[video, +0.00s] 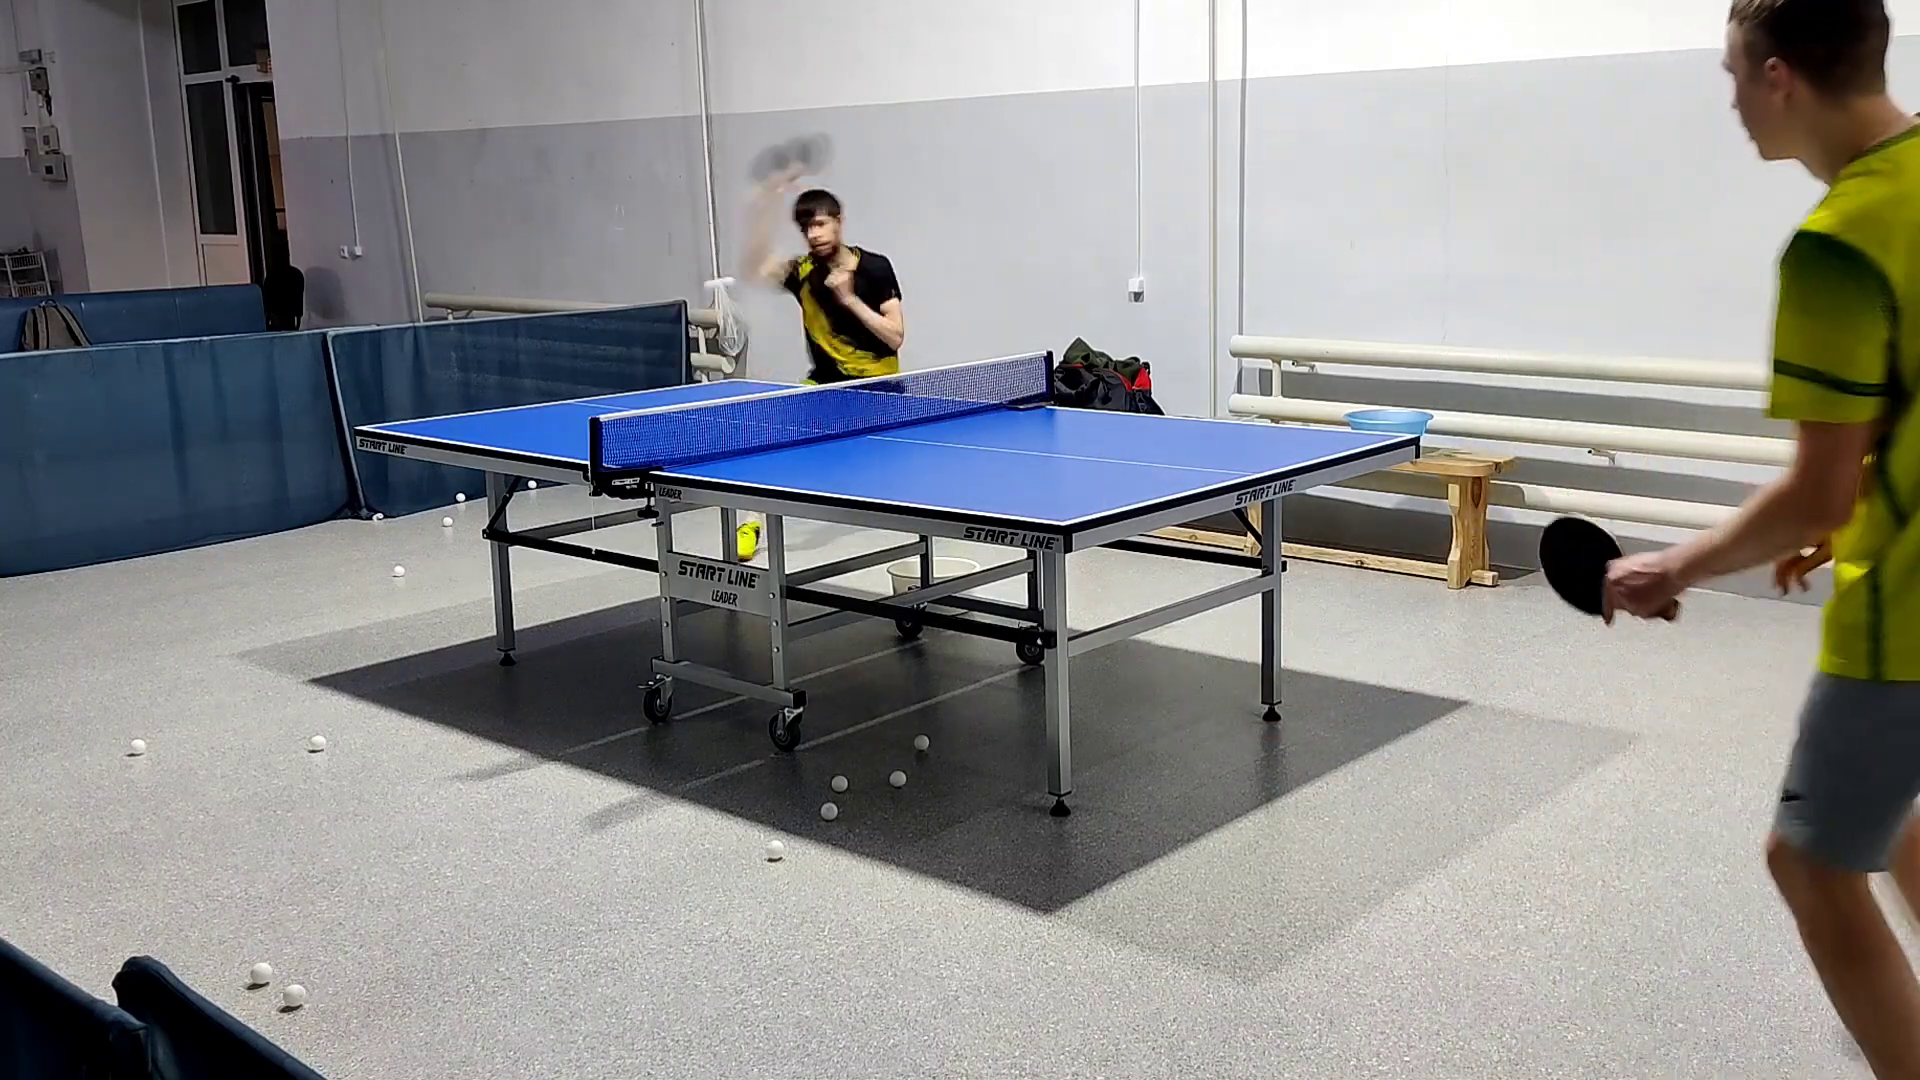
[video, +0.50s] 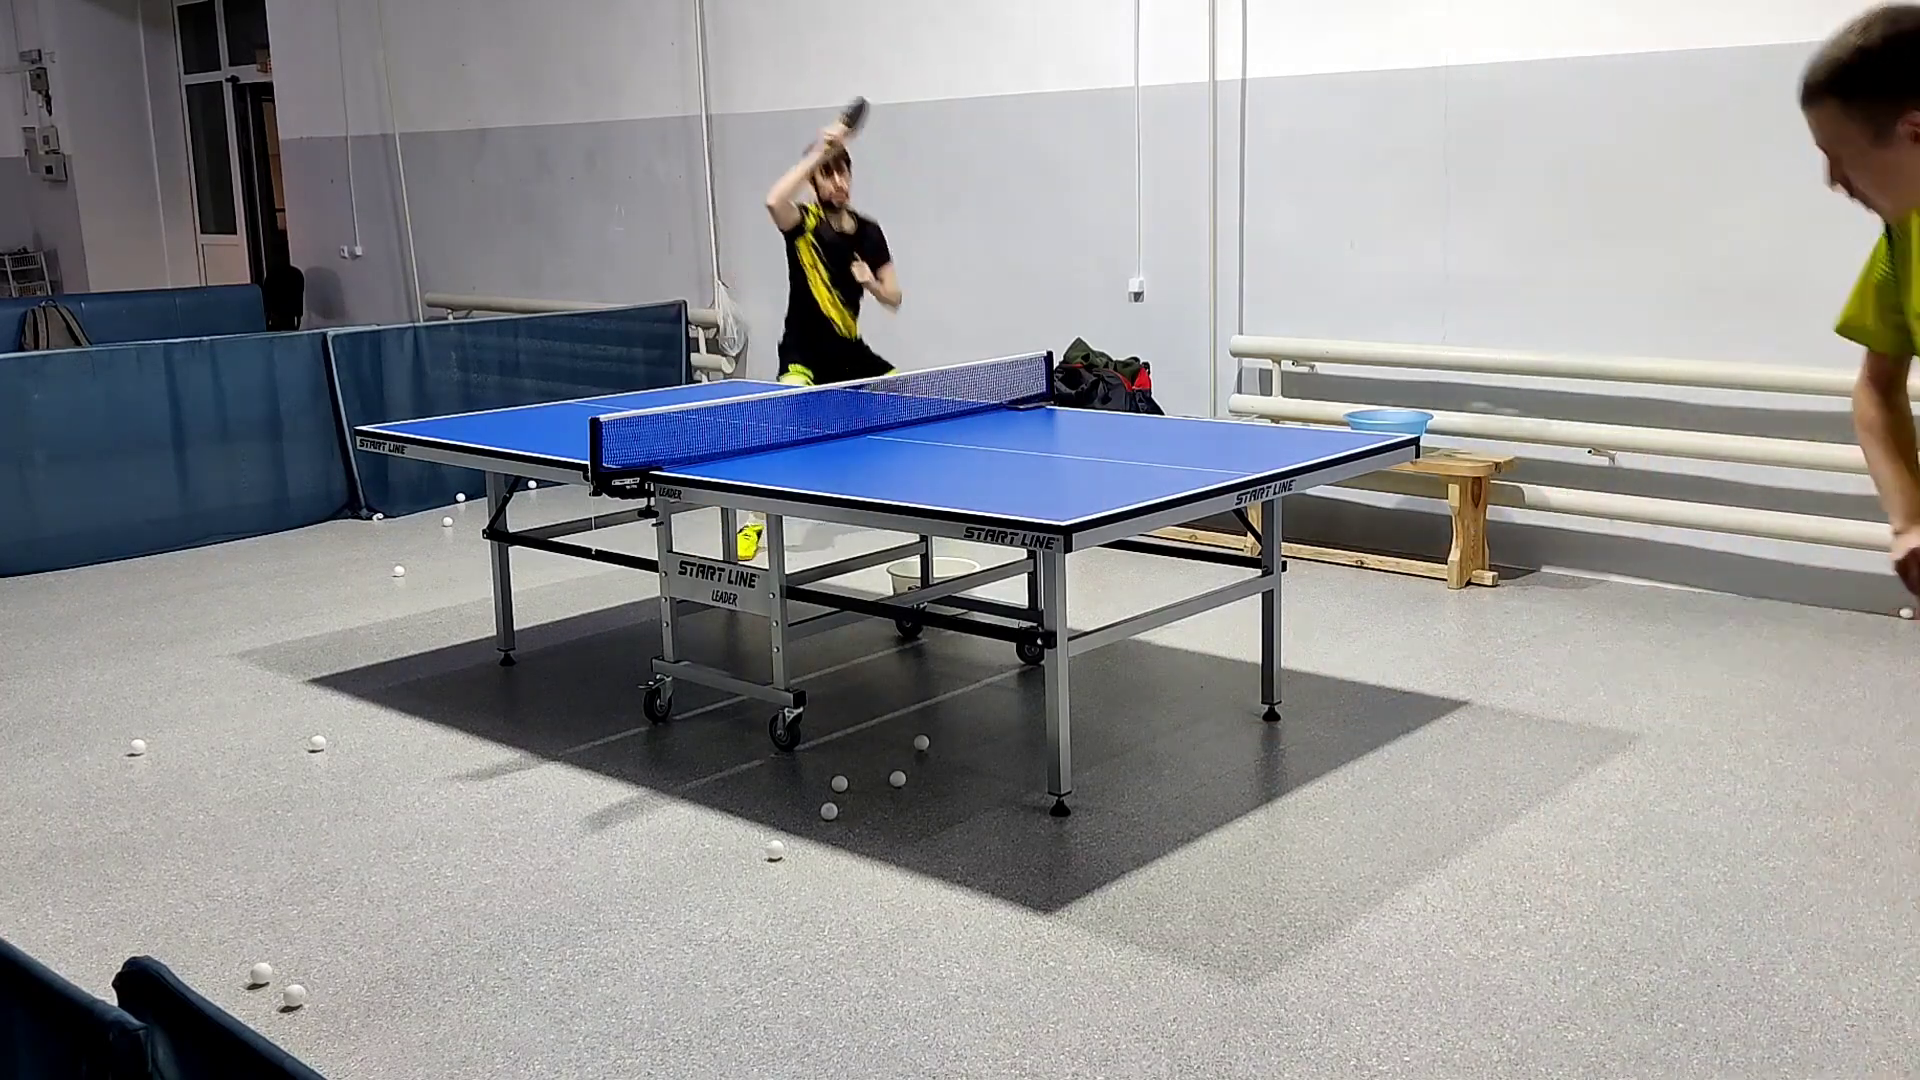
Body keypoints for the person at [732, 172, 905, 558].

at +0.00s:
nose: (813, 233)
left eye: (820, 224)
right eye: (807, 227)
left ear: (840, 223)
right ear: (802, 232)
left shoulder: (874, 268)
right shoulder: (800, 271)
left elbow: (895, 339)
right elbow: (752, 273)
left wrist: (849, 298)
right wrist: (769, 203)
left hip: (877, 385)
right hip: (823, 384)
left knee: (896, 465)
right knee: (766, 430)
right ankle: (752, 522)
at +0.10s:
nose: (846, 233)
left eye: (854, 225)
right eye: (839, 226)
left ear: (866, 229)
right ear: (828, 231)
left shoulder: (881, 279)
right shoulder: (820, 262)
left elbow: (893, 352)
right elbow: (814, 213)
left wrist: (874, 305)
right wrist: (872, 181)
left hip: (857, 390)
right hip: (811, 384)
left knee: (871, 470)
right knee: (784, 453)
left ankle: (901, 562)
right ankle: (760, 524)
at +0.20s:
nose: (864, 234)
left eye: (870, 226)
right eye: (856, 227)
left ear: (877, 232)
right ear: (841, 231)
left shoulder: (878, 284)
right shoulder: (830, 266)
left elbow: (885, 360)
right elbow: (838, 221)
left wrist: (883, 322)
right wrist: (889, 190)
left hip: (853, 388)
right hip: (811, 383)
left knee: (875, 468)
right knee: (793, 457)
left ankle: (900, 560)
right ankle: (763, 525)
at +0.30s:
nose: (860, 230)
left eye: (866, 221)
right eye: (851, 222)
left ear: (874, 227)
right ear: (837, 228)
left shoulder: (879, 279)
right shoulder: (826, 261)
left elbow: (885, 356)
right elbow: (830, 220)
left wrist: (882, 321)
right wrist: (883, 182)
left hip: (855, 386)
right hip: (811, 381)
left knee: (875, 463)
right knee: (793, 456)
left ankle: (901, 560)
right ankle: (762, 526)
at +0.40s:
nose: (851, 213)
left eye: (856, 205)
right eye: (842, 206)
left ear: (864, 210)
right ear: (827, 212)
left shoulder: (875, 261)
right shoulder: (815, 247)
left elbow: (893, 334)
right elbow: (802, 212)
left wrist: (880, 302)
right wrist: (853, 165)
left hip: (854, 376)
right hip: (807, 375)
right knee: (795, 456)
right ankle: (760, 527)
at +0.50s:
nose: (837, 182)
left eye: (842, 172)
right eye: (827, 174)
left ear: (851, 176)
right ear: (814, 182)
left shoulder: (867, 231)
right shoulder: (802, 223)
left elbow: (894, 300)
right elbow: (775, 201)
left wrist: (872, 283)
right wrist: (818, 152)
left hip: (851, 352)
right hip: (804, 351)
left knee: (916, 400)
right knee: (787, 415)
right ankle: (760, 525)